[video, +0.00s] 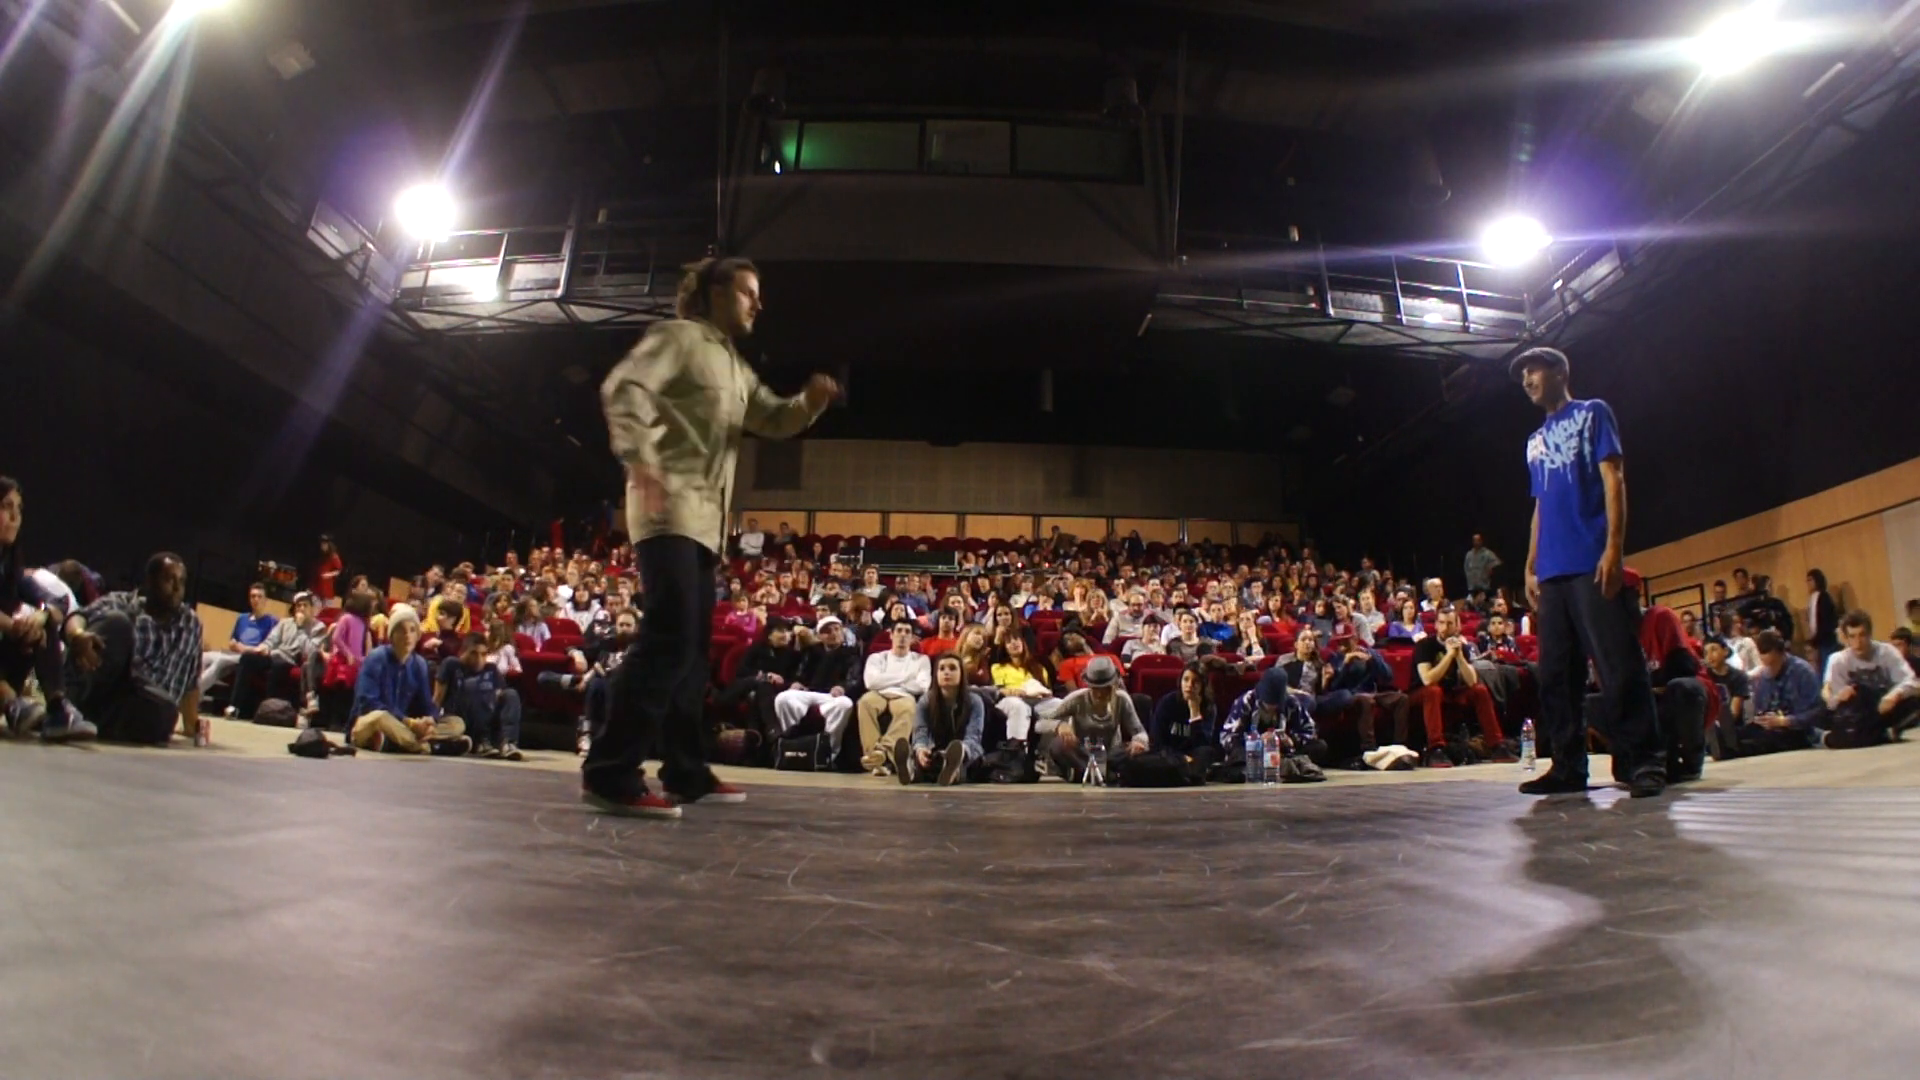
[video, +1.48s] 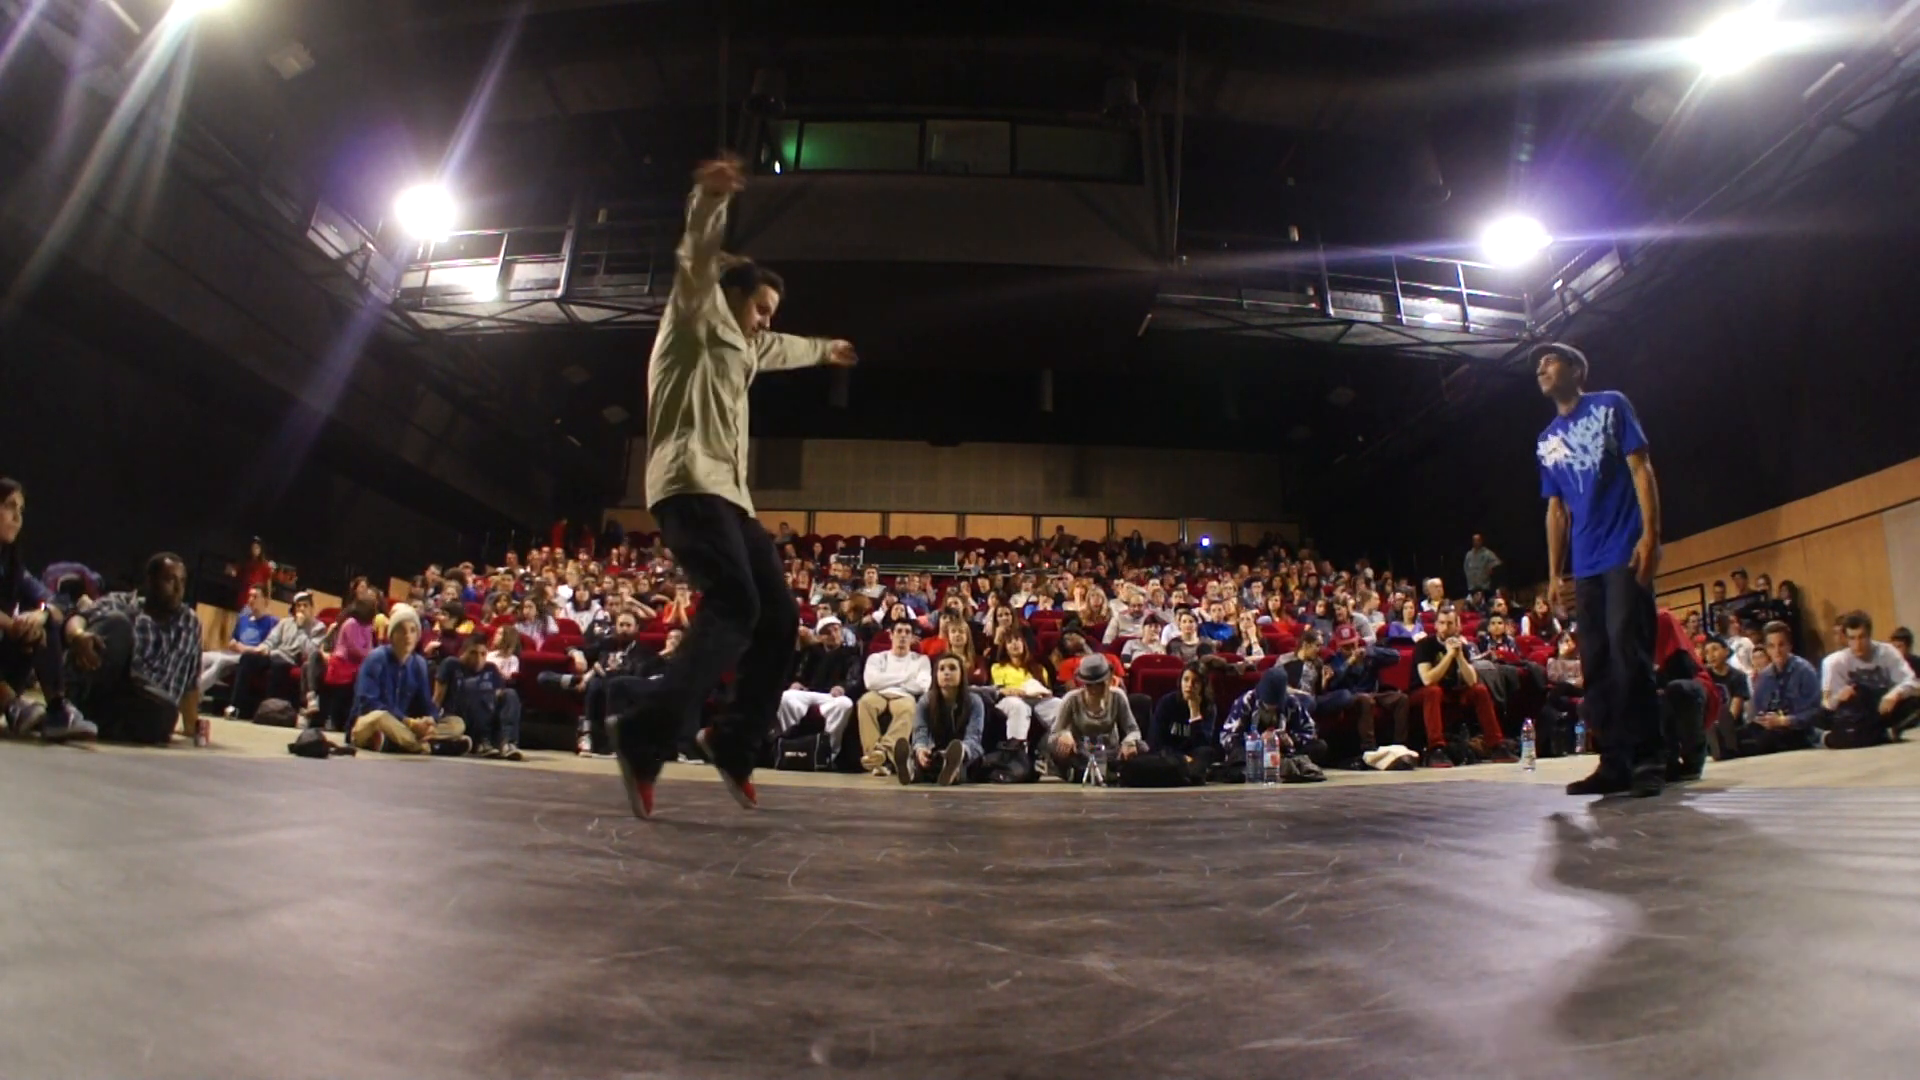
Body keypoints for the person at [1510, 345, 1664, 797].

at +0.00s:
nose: (1527, 380)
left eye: (1534, 370)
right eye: (1523, 376)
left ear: (1560, 373)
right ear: (1526, 386)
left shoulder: (1593, 412)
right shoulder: (1534, 442)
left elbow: (1614, 481)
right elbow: (1540, 506)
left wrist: (1614, 549)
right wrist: (1531, 566)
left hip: (1591, 565)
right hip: (1550, 574)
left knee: (1621, 669)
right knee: (1557, 674)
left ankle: (1644, 764)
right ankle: (1568, 767)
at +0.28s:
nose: (1528, 383)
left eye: (1534, 372)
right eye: (1524, 378)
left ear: (1560, 372)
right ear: (1526, 388)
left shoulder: (1593, 414)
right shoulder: (1536, 444)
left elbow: (1619, 480)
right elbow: (1541, 509)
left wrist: (1624, 548)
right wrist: (1533, 572)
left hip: (1596, 566)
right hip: (1552, 575)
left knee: (1621, 669)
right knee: (1558, 674)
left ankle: (1644, 764)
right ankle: (1568, 767)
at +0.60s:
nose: (1541, 374)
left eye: (1548, 364)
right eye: (1538, 368)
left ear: (1575, 366)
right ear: (1540, 378)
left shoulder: (1608, 411)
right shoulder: (1545, 434)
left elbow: (1633, 476)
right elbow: (1547, 500)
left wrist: (1643, 545)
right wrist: (1538, 562)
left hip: (1609, 558)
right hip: (1563, 566)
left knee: (1627, 661)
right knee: (1568, 667)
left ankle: (1645, 764)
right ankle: (1568, 766)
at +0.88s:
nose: (1548, 367)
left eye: (1555, 358)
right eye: (1545, 362)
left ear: (1583, 359)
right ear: (1547, 372)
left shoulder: (1615, 399)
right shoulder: (1559, 429)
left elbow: (1642, 466)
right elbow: (1566, 493)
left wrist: (1650, 539)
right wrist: (1556, 551)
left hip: (1626, 554)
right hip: (1584, 561)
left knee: (1641, 662)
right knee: (1580, 665)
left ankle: (1649, 764)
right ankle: (1568, 768)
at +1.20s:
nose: (1548, 373)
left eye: (1555, 362)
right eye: (1545, 367)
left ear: (1581, 363)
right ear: (1547, 376)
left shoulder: (1614, 404)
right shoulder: (1563, 428)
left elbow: (1642, 471)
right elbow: (1573, 496)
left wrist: (1641, 539)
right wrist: (1568, 559)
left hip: (1624, 552)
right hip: (1586, 559)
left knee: (1638, 659)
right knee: (1597, 662)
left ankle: (1650, 761)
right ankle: (1613, 761)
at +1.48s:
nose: (1541, 370)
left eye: (1551, 363)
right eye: (1539, 367)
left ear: (1577, 371)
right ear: (1542, 383)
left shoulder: (1610, 405)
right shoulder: (1546, 441)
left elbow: (1641, 468)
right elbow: (1556, 507)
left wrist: (1650, 535)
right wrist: (1555, 573)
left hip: (1625, 550)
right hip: (1585, 561)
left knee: (1628, 651)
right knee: (1595, 661)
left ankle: (1649, 760)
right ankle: (1614, 762)